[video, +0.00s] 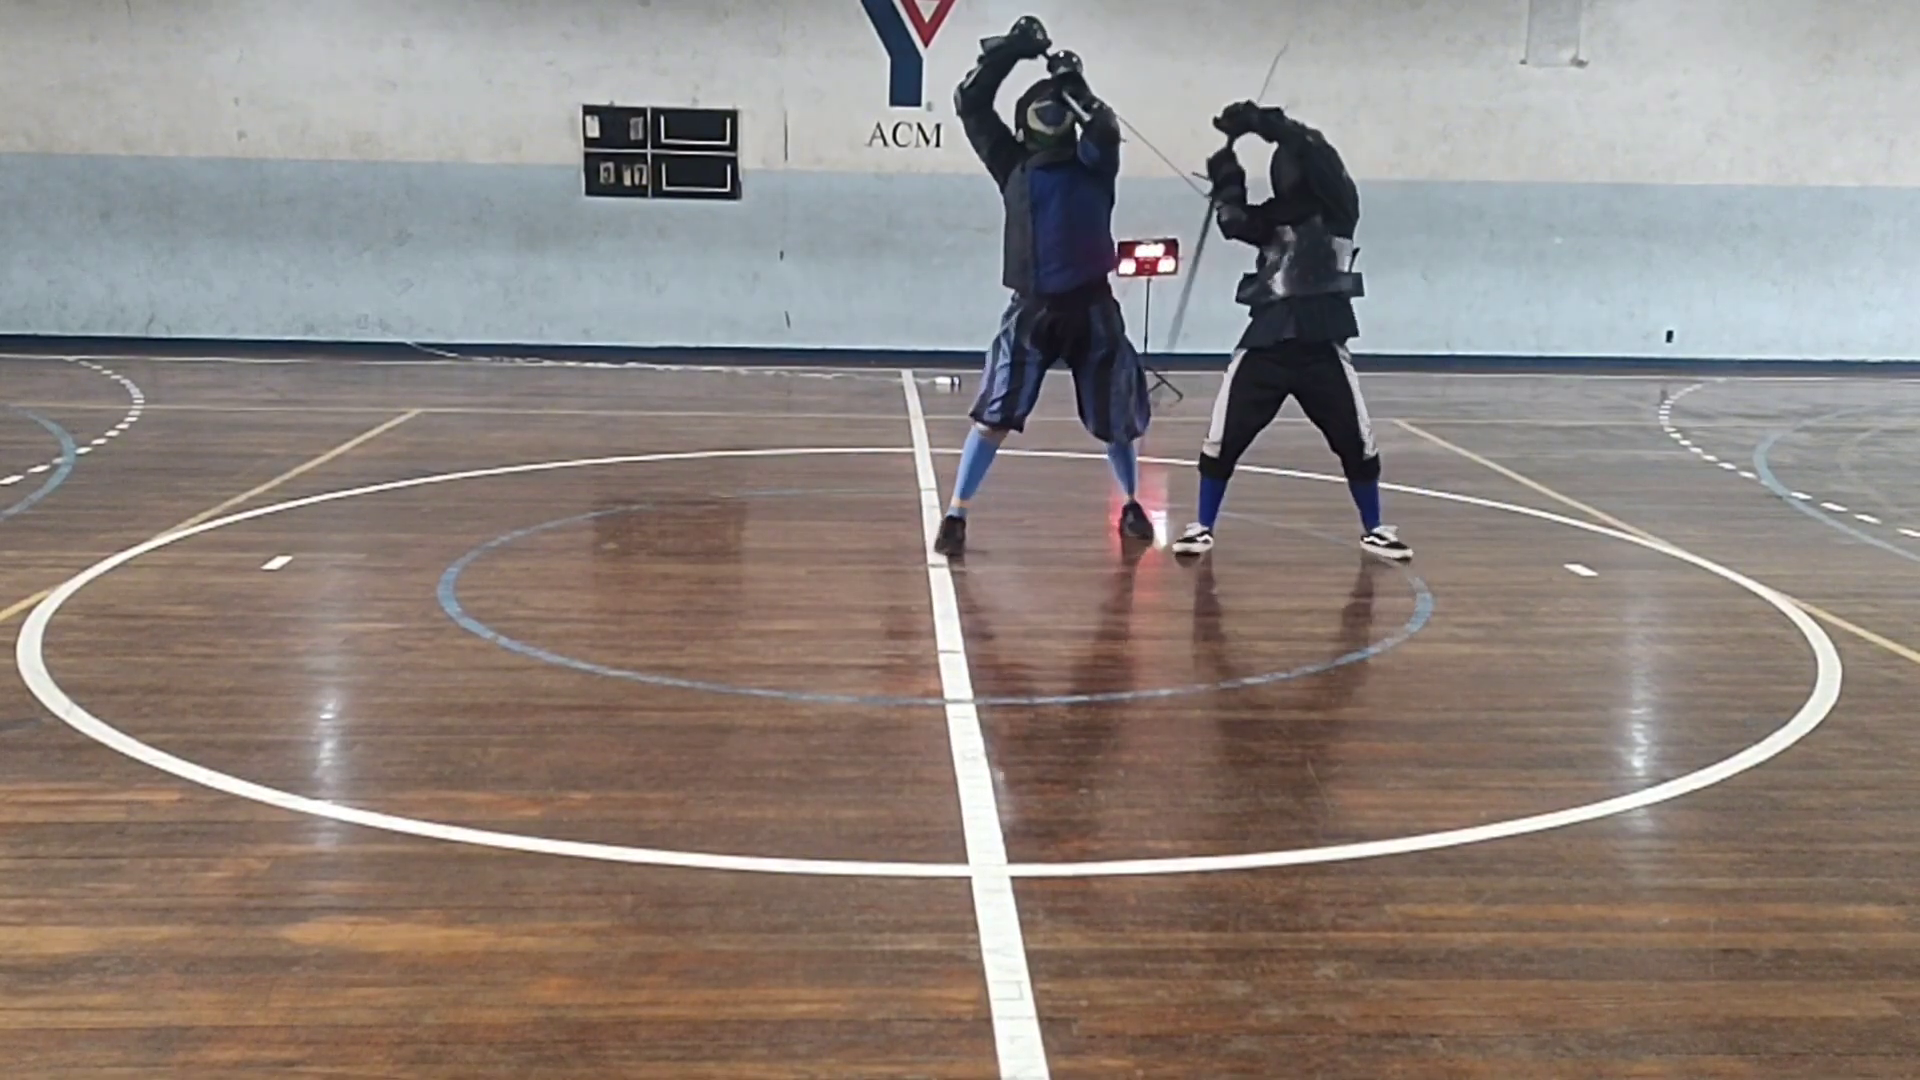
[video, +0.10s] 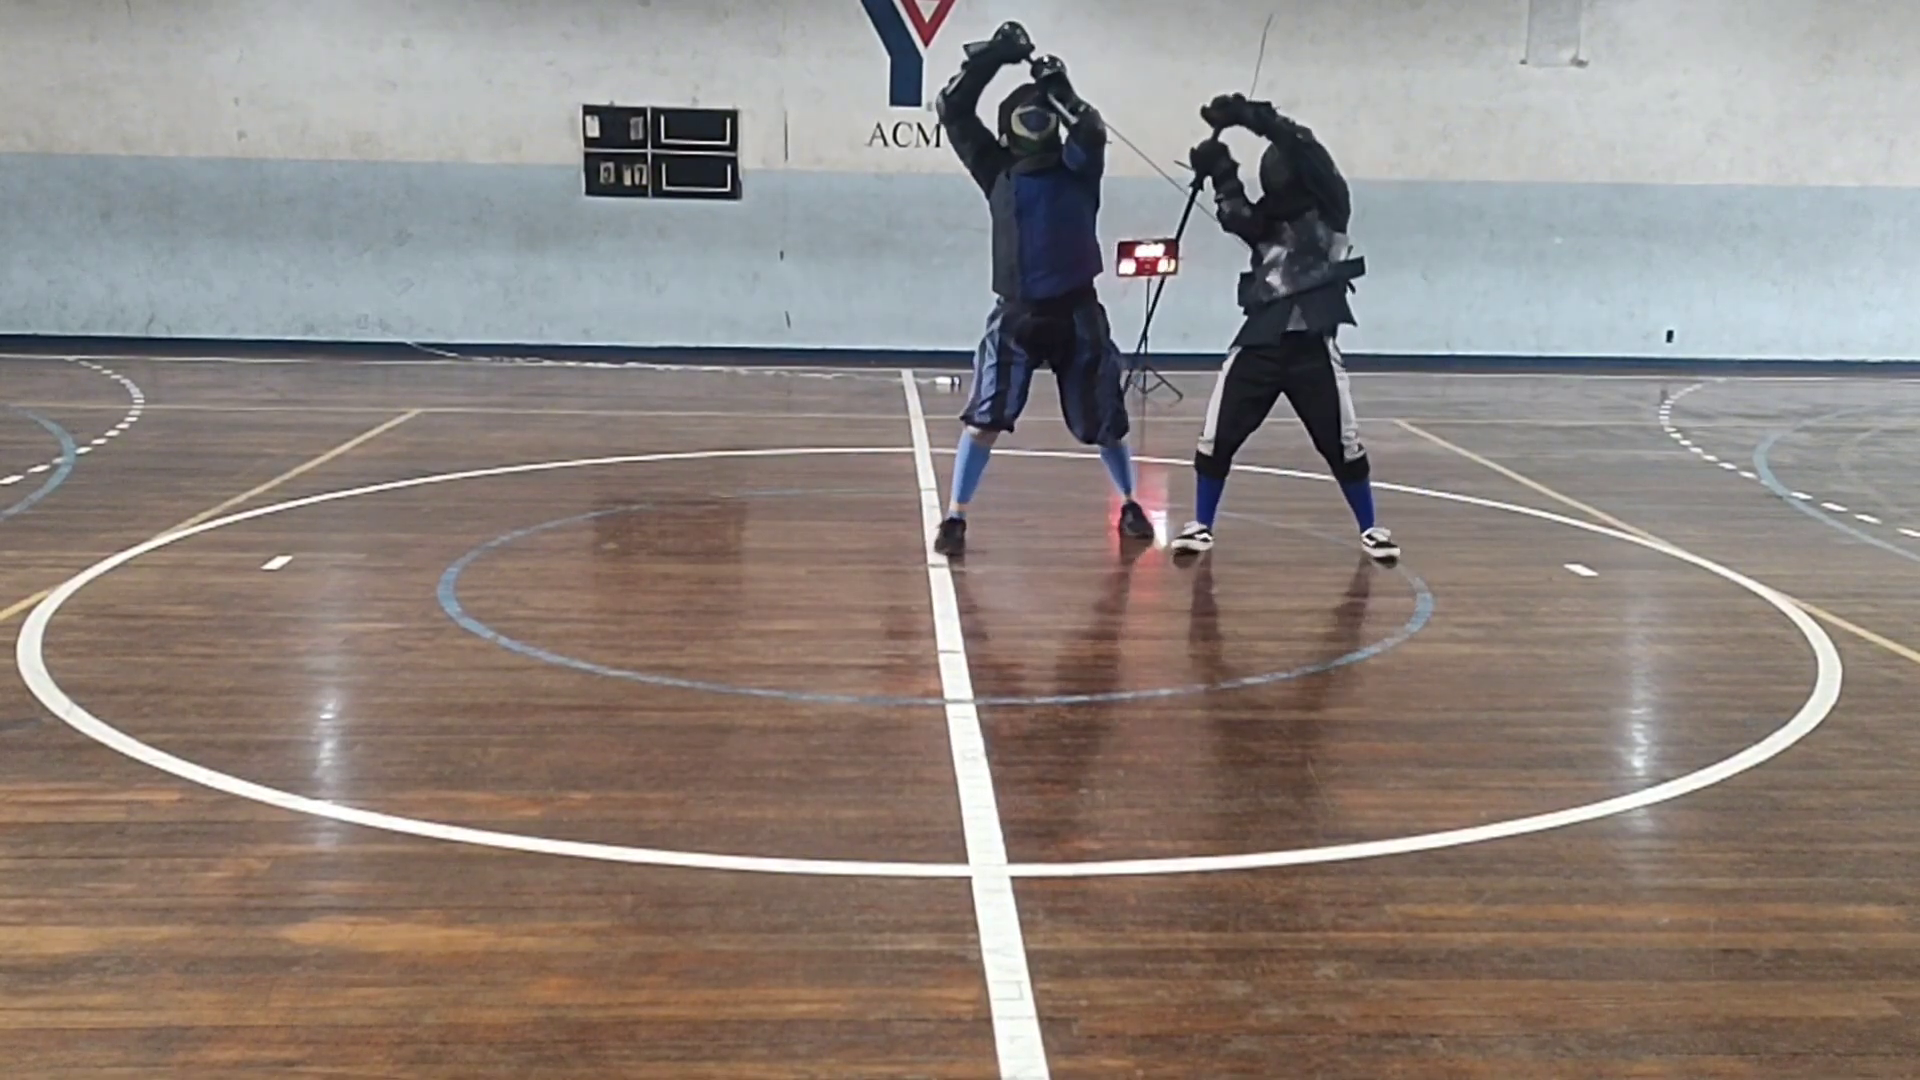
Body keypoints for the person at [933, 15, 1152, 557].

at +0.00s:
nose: (1051, 119)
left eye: (1058, 111)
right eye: (1040, 112)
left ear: (1073, 118)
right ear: (1024, 123)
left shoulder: (1096, 163)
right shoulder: (1012, 165)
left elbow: (1107, 131)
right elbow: (971, 102)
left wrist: (1079, 90)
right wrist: (1012, 47)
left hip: (1093, 309)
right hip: (1030, 310)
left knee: (1118, 418)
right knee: (994, 416)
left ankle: (1132, 508)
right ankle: (955, 515)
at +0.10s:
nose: (1038, 124)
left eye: (1045, 116)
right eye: (1027, 117)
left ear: (1057, 122)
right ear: (1009, 127)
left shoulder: (1080, 167)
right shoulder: (997, 171)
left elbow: (1093, 133)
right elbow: (954, 110)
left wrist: (1066, 97)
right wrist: (994, 54)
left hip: (1078, 313)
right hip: (1016, 314)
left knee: (1104, 422)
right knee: (986, 419)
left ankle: (1131, 507)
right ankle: (954, 519)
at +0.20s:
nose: (1019, 125)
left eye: (1027, 117)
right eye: (1009, 119)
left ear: (1040, 124)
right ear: (993, 129)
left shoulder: (1066, 172)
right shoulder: (984, 176)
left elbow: (1078, 132)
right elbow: (939, 116)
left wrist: (1048, 96)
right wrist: (977, 58)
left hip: (1064, 316)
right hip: (1002, 319)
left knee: (1096, 421)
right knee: (976, 420)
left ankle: (1129, 506)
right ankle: (953, 519)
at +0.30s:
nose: (998, 135)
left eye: (1006, 126)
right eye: (989, 127)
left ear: (1022, 132)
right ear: (973, 134)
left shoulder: (1045, 179)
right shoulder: (964, 182)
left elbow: (1067, 138)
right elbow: (920, 121)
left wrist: (1032, 101)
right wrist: (960, 66)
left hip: (1044, 323)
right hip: (981, 327)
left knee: (1082, 426)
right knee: (967, 425)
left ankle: (1130, 506)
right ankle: (953, 520)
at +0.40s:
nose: (984, 137)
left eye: (990, 129)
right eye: (973, 130)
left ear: (1001, 133)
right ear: (952, 138)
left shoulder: (1022, 179)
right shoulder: (939, 183)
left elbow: (1056, 145)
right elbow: (896, 120)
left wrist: (1018, 106)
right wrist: (942, 67)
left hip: (1017, 321)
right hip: (955, 325)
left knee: (1063, 421)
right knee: (959, 426)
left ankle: (1109, 502)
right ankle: (953, 522)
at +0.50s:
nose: (968, 132)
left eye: (974, 124)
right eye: (955, 125)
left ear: (980, 130)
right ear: (931, 133)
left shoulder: (1001, 175)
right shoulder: (914, 177)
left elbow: (1042, 148)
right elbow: (874, 114)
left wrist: (998, 104)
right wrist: (924, 67)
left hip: (993, 319)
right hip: (934, 322)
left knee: (1031, 419)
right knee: (950, 427)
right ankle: (952, 519)